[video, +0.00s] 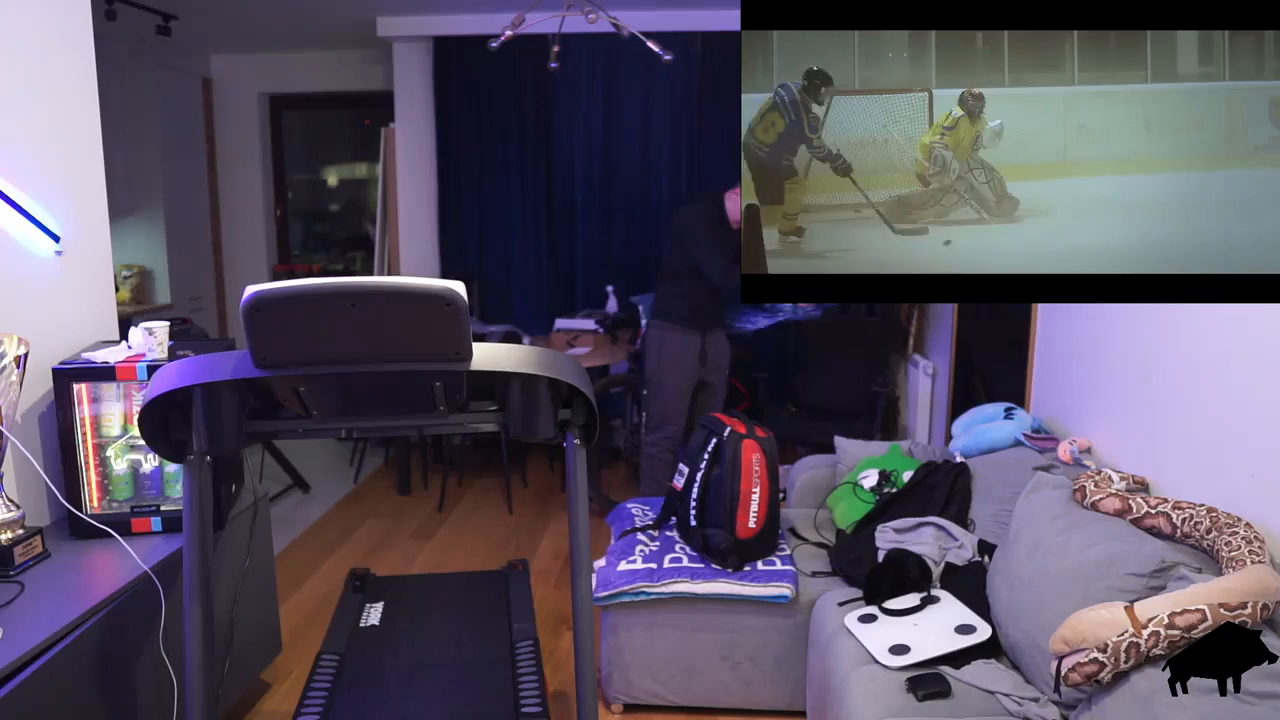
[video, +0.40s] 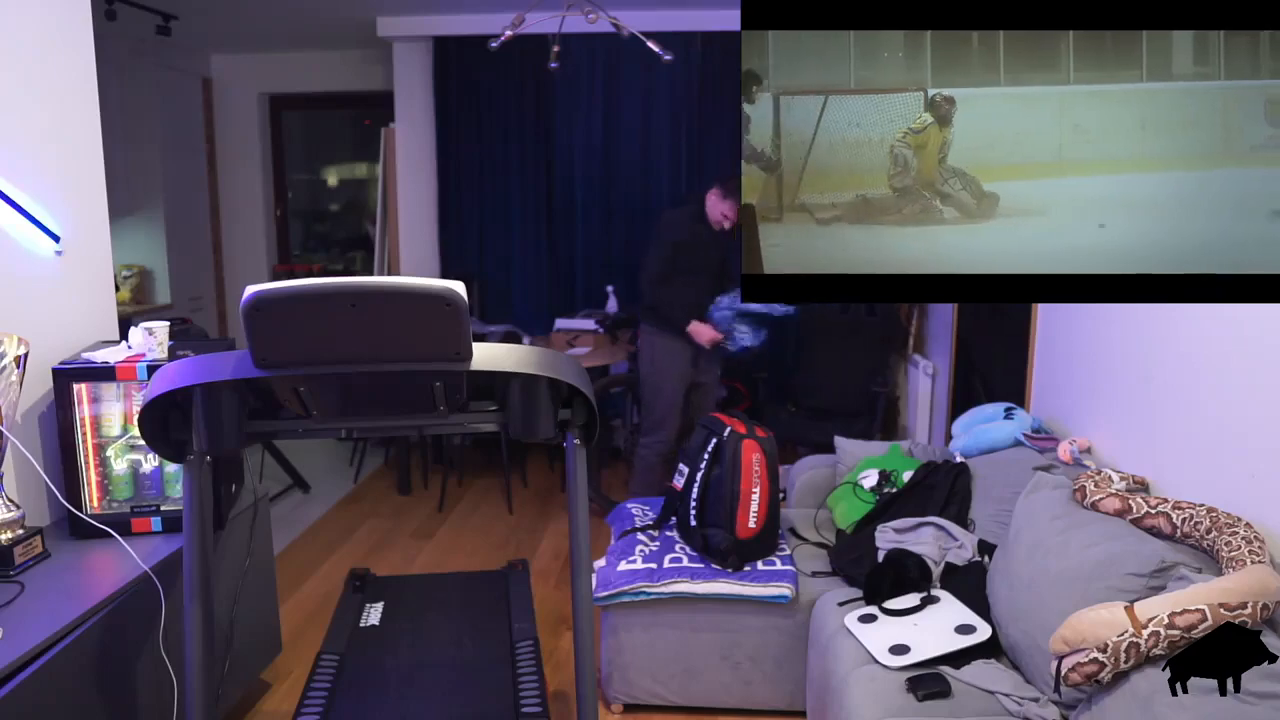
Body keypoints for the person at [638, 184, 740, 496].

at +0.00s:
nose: (746, 219)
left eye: (751, 213)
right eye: (746, 210)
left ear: (750, 210)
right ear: (733, 197)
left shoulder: (737, 232)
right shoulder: (695, 219)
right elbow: (726, 278)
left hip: (713, 334)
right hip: (673, 333)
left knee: (707, 428)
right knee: (666, 427)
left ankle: (698, 509)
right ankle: (655, 508)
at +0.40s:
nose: (728, 223)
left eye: (734, 217)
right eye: (725, 214)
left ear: (739, 212)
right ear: (710, 196)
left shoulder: (726, 238)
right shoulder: (676, 225)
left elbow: (727, 291)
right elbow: (653, 287)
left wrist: (727, 326)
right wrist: (689, 324)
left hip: (705, 339)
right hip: (666, 337)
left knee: (702, 426)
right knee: (661, 427)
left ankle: (694, 507)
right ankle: (644, 508)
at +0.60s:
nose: (696, 214)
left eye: (705, 209)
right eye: (692, 205)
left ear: (719, 204)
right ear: (682, 190)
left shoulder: (724, 233)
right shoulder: (653, 226)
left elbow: (732, 280)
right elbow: (630, 281)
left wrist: (716, 303)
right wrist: (617, 329)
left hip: (701, 345)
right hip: (648, 343)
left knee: (699, 430)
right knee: (649, 433)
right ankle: (642, 512)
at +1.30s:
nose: (629, 200)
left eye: (636, 192)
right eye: (621, 193)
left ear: (652, 181)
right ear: (612, 186)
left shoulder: (676, 222)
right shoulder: (603, 224)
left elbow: (702, 272)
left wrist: (678, 280)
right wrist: (580, 270)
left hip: (662, 342)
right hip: (611, 344)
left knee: (664, 438)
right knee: (622, 441)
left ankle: (674, 512)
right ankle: (632, 514)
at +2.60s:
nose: (650, 179)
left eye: (660, 173)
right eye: (646, 172)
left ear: (679, 175)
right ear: (636, 170)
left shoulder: (691, 214)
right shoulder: (624, 208)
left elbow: (690, 259)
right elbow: (582, 244)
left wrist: (665, 201)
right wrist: (610, 202)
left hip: (660, 346)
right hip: (608, 344)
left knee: (655, 448)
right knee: (600, 446)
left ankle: (654, 543)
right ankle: (596, 535)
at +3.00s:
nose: (631, 179)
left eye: (639, 171)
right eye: (627, 172)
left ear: (657, 171)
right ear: (619, 174)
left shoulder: (675, 205)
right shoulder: (610, 200)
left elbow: (671, 183)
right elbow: (570, 176)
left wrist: (634, 135)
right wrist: (585, 128)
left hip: (659, 348)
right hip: (608, 345)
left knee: (655, 456)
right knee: (594, 451)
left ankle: (657, 547)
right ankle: (588, 541)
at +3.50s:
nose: (616, 132)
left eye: (616, 127)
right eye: (609, 126)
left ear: (621, 137)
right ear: (596, 132)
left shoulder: (637, 192)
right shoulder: (571, 190)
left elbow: (618, 151)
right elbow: (544, 160)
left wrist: (593, 106)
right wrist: (579, 120)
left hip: (630, 341)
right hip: (580, 339)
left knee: (639, 452)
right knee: (580, 451)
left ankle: (651, 547)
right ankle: (581, 547)